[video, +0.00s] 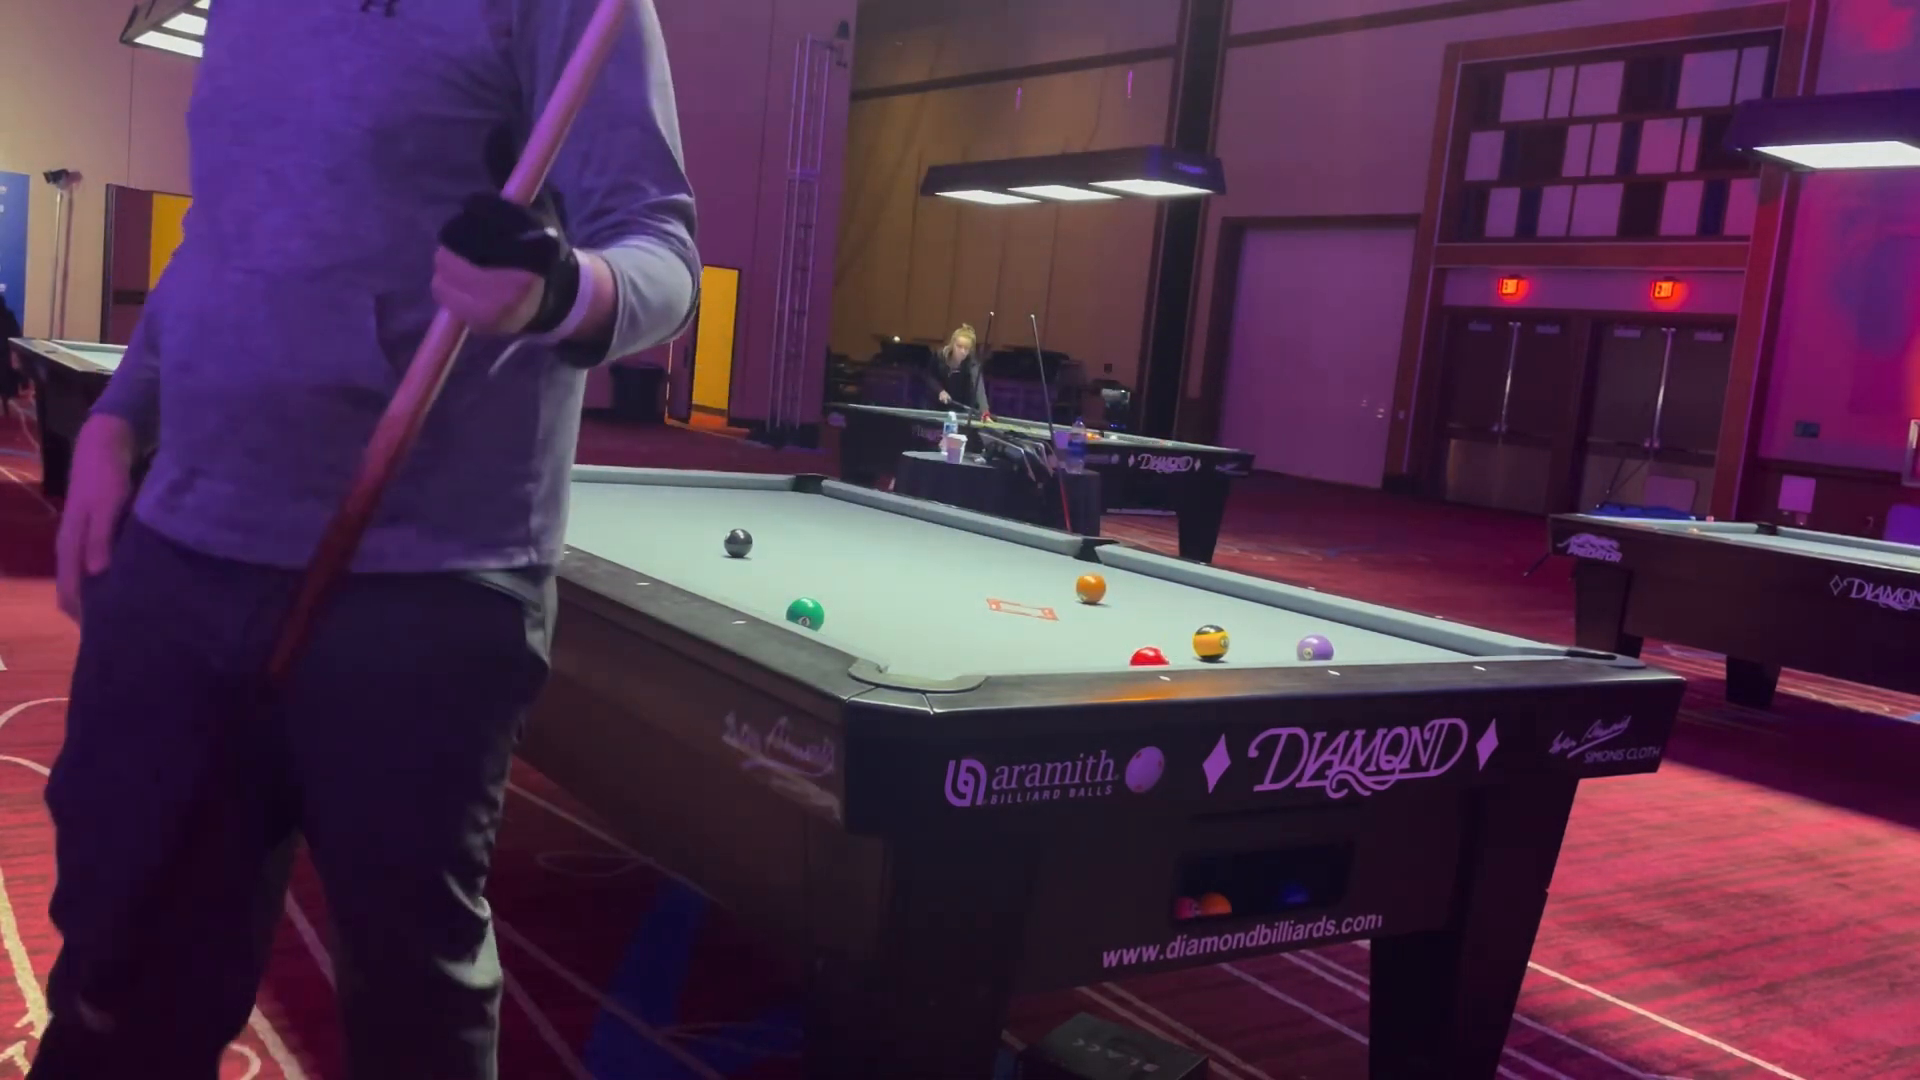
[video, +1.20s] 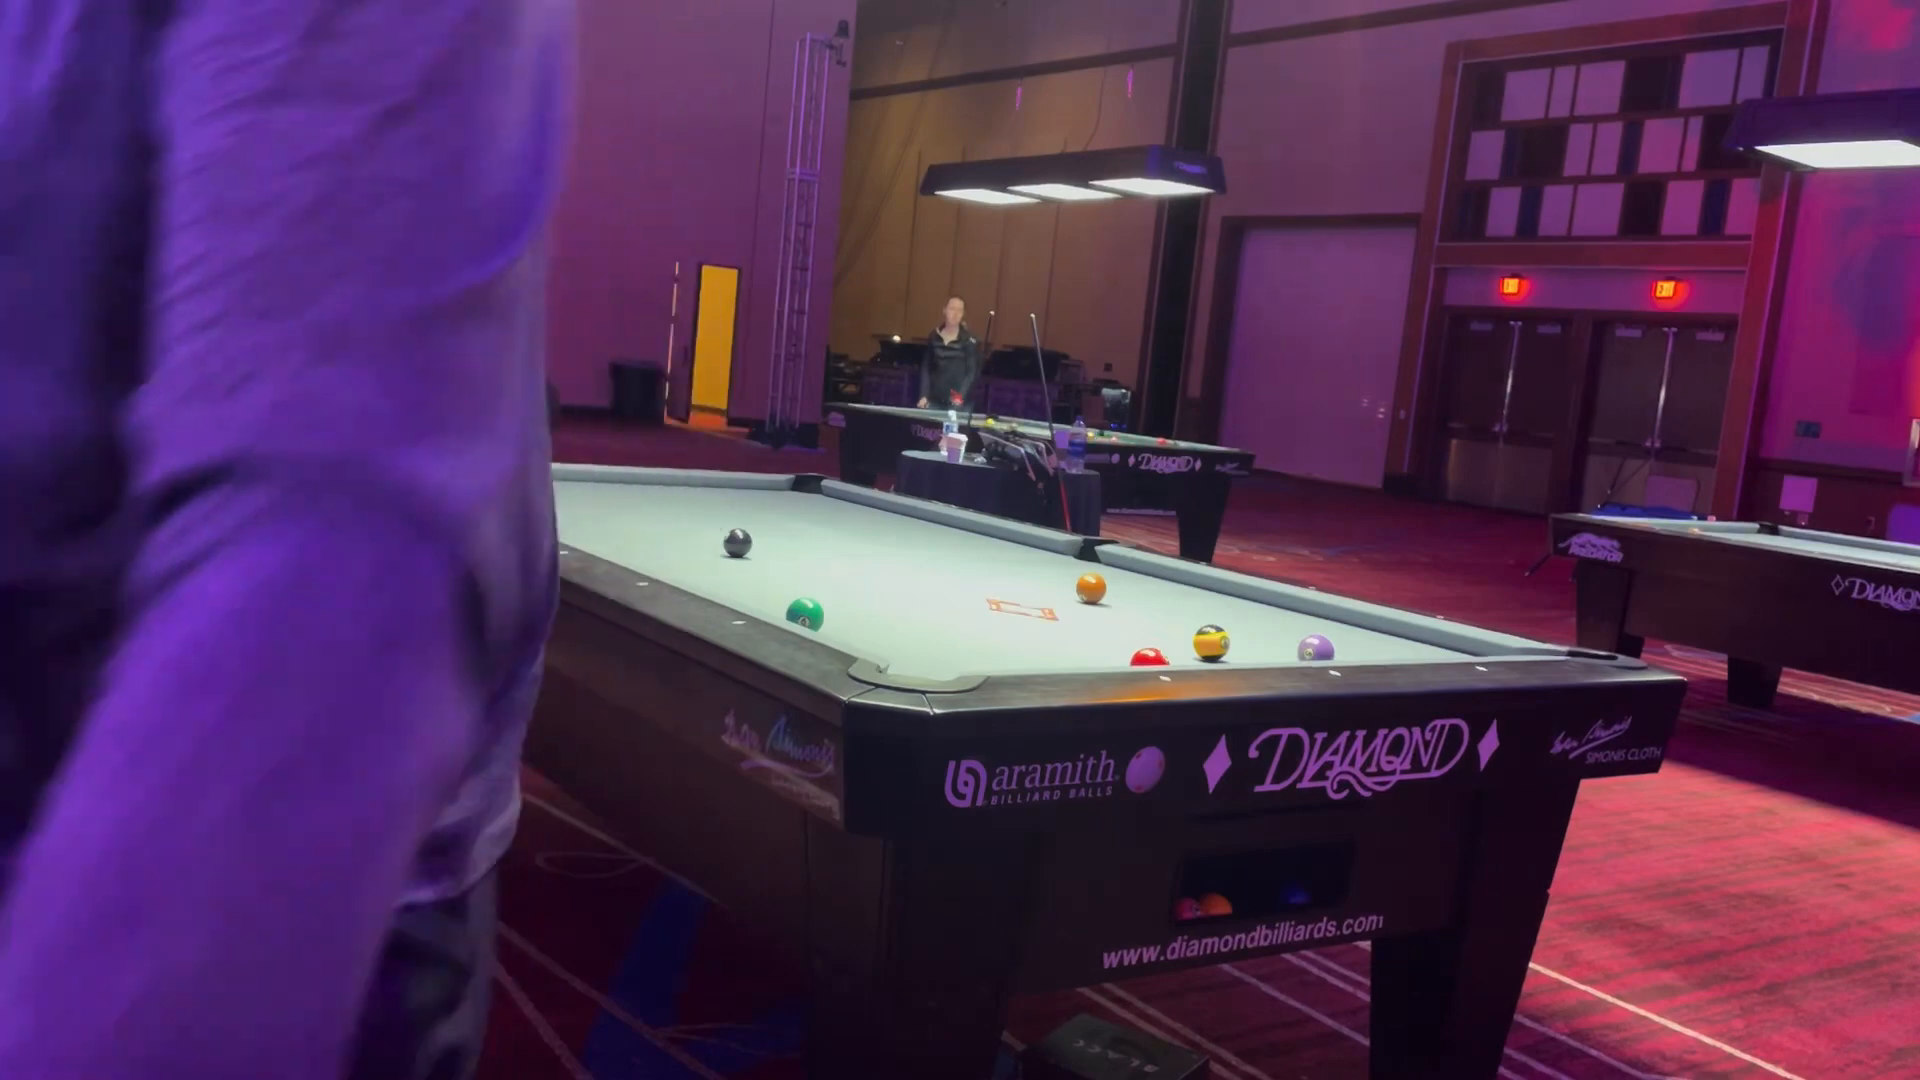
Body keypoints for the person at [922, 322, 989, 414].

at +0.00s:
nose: (962, 351)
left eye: (966, 348)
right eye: (959, 346)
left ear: (970, 349)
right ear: (952, 345)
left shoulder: (972, 366)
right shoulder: (938, 359)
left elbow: (979, 390)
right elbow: (929, 377)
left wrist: (984, 411)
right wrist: (940, 391)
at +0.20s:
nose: (962, 340)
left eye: (966, 337)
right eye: (959, 335)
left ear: (971, 339)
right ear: (952, 334)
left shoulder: (974, 358)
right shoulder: (938, 352)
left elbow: (978, 386)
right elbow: (929, 373)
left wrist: (980, 410)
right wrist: (939, 390)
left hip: (963, 410)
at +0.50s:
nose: (961, 324)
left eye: (965, 322)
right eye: (958, 320)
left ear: (969, 326)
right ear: (951, 321)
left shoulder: (973, 349)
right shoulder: (938, 345)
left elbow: (974, 379)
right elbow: (929, 368)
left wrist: (973, 406)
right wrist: (936, 389)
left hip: (963, 403)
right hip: (939, 401)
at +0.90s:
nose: (957, 315)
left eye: (961, 312)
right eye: (954, 311)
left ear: (965, 316)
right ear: (947, 313)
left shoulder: (970, 342)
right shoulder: (935, 339)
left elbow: (971, 373)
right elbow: (928, 366)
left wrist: (962, 400)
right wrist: (928, 391)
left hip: (959, 399)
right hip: (937, 398)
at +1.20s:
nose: (955, 313)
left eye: (959, 310)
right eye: (952, 309)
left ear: (963, 314)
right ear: (944, 311)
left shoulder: (969, 340)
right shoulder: (933, 337)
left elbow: (972, 371)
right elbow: (926, 367)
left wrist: (960, 395)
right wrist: (924, 395)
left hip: (959, 402)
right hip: (935, 399)